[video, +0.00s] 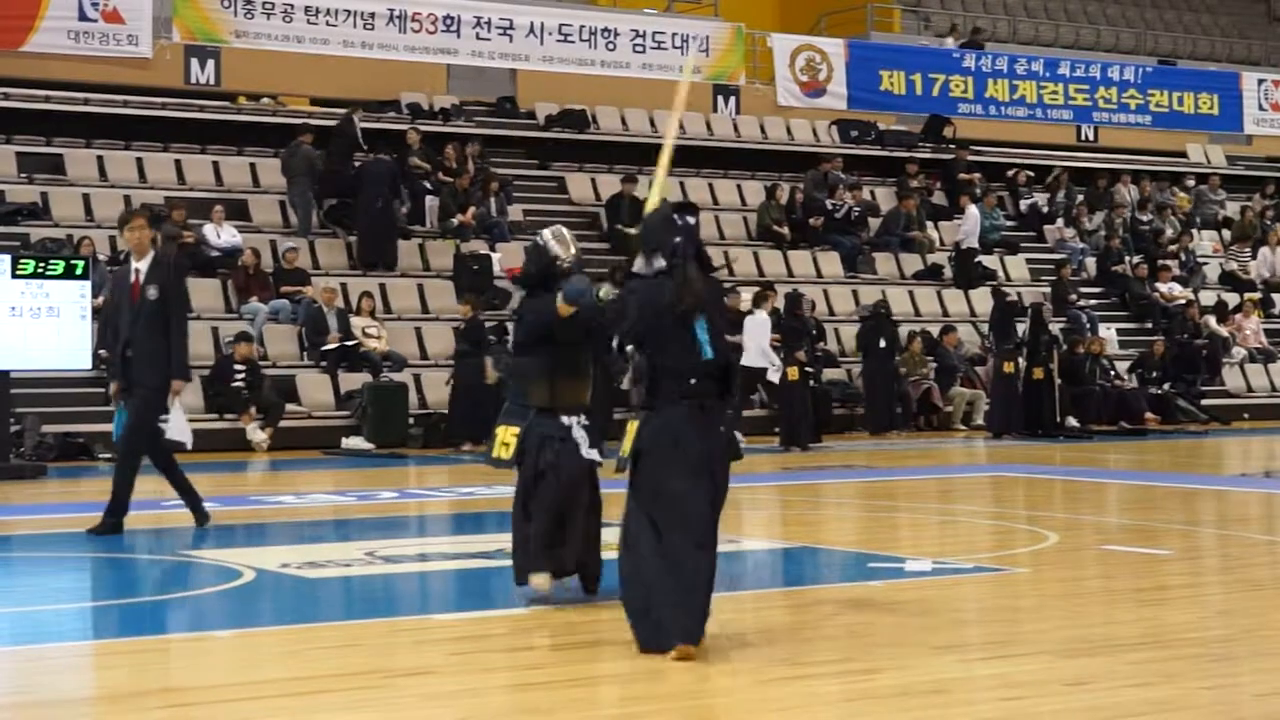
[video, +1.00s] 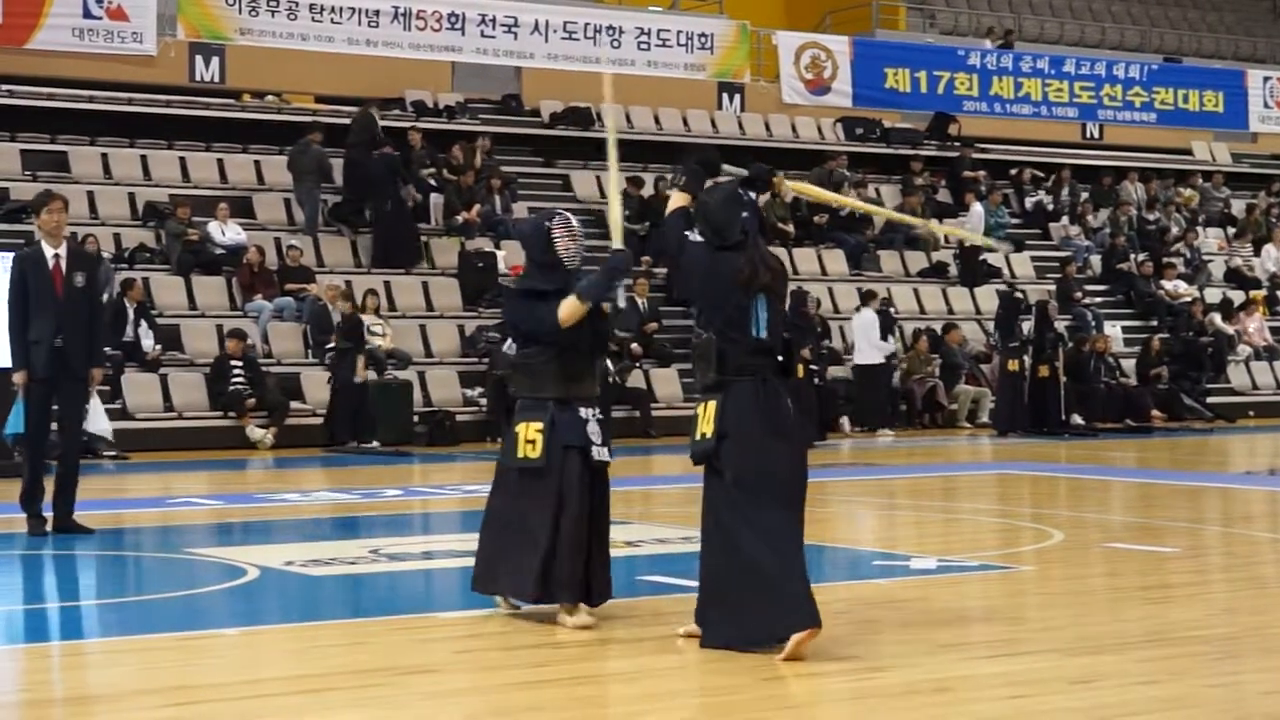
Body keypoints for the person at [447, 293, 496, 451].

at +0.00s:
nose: (460, 309)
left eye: (464, 306)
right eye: (460, 306)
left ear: (471, 308)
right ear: (465, 308)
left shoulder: (475, 326)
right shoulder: (464, 327)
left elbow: (477, 351)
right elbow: (461, 355)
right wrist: (453, 373)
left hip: (472, 372)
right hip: (463, 371)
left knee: (467, 406)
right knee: (471, 406)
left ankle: (468, 439)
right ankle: (475, 439)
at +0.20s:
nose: (436, 309)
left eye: (438, 305)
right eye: (435, 305)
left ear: (446, 306)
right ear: (444, 306)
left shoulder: (450, 323)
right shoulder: (445, 322)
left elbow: (446, 349)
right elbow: (441, 347)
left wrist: (436, 366)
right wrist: (435, 362)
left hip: (449, 367)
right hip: (446, 367)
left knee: (447, 401)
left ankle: (447, 437)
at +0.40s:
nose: (412, 308)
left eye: (414, 305)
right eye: (412, 305)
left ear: (422, 306)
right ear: (422, 306)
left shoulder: (425, 323)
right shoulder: (420, 322)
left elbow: (421, 349)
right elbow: (414, 347)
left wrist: (403, 361)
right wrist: (403, 359)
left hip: (422, 366)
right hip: (417, 365)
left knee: (411, 400)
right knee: (431, 400)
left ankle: (410, 439)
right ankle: (451, 427)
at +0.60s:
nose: (385, 306)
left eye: (388, 303)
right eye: (385, 303)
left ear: (396, 304)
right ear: (394, 305)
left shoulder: (403, 322)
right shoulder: (392, 322)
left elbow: (406, 348)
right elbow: (390, 345)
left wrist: (405, 369)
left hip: (399, 366)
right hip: (389, 366)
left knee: (401, 401)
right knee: (392, 401)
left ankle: (404, 437)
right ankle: (394, 436)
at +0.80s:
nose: (359, 308)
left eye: (362, 304)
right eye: (360, 304)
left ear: (371, 306)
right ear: (370, 305)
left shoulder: (377, 323)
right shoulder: (368, 322)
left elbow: (387, 347)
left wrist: (399, 367)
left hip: (375, 367)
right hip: (366, 366)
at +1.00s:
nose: (338, 306)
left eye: (341, 303)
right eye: (337, 303)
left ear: (349, 303)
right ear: (338, 304)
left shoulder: (355, 320)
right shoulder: (342, 321)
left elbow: (360, 346)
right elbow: (339, 343)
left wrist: (360, 368)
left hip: (353, 361)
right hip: (341, 362)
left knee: (357, 397)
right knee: (343, 397)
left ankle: (365, 436)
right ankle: (347, 438)